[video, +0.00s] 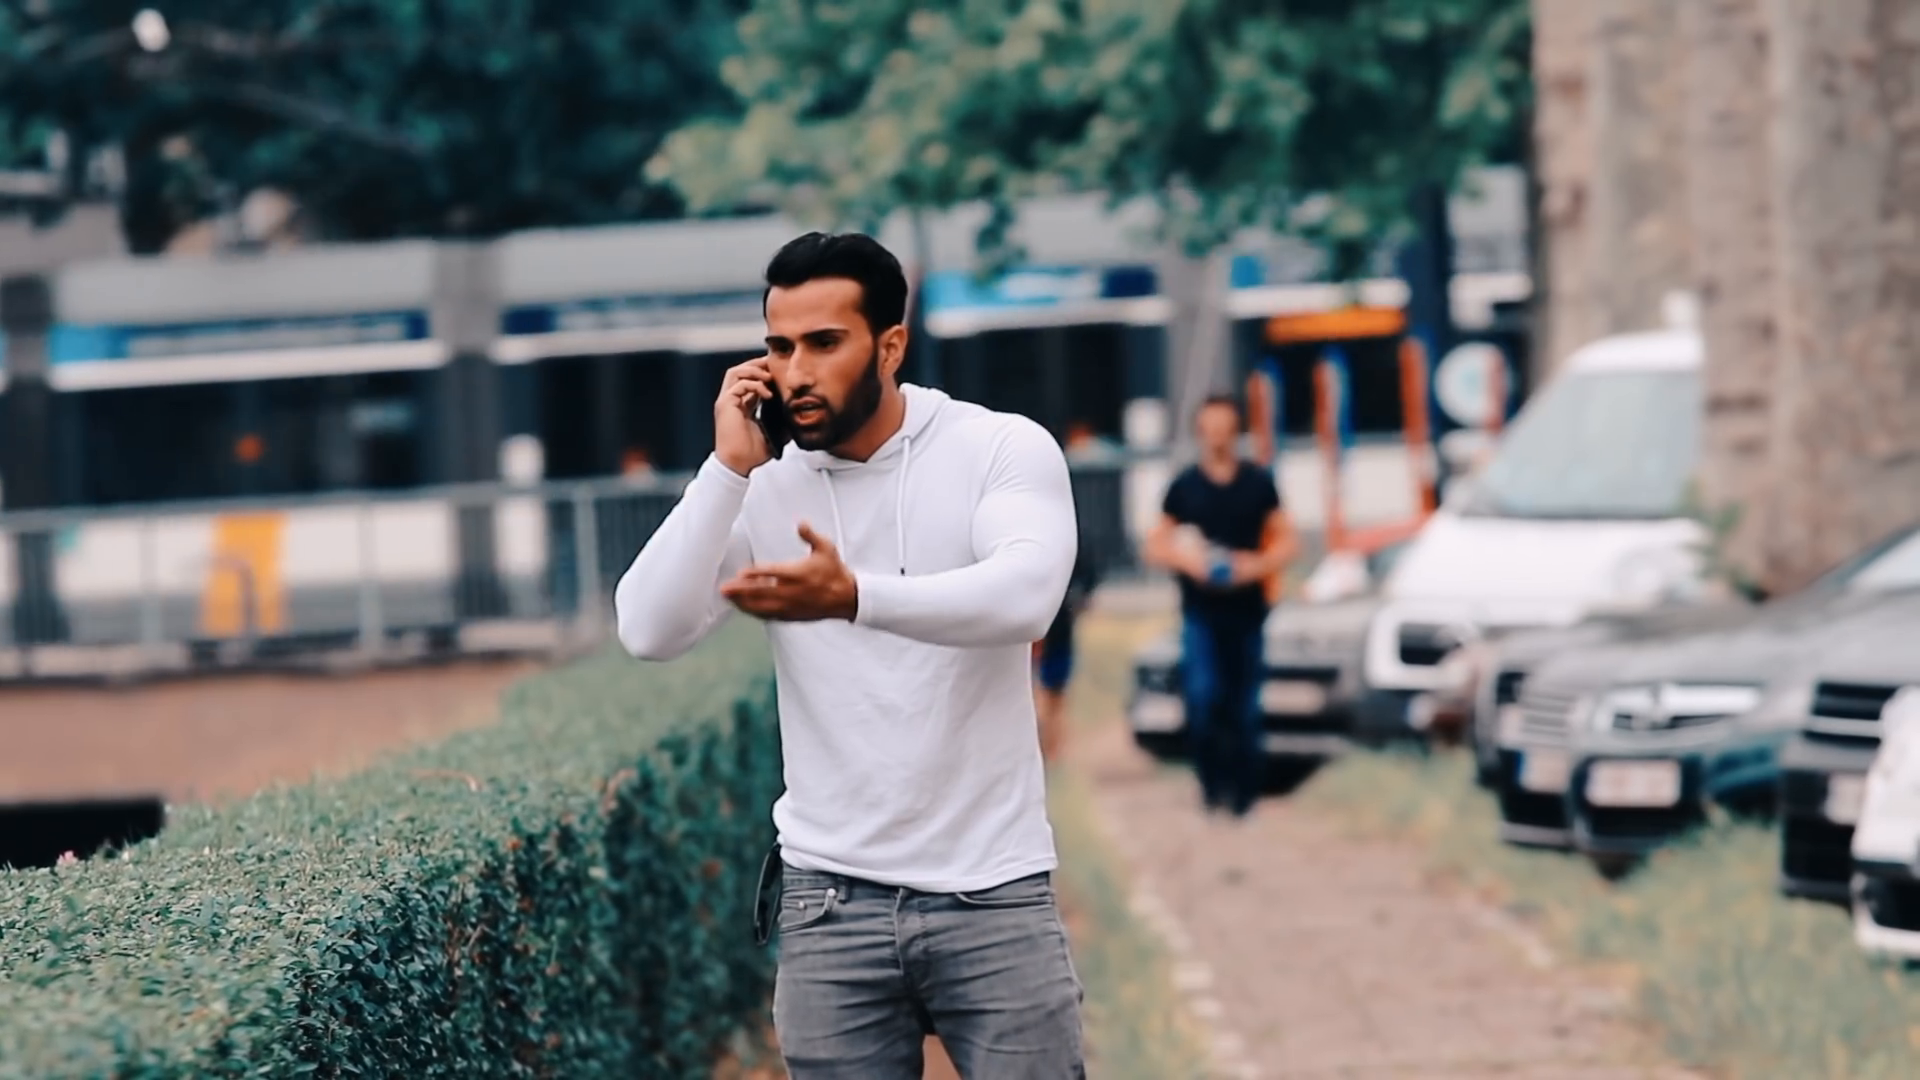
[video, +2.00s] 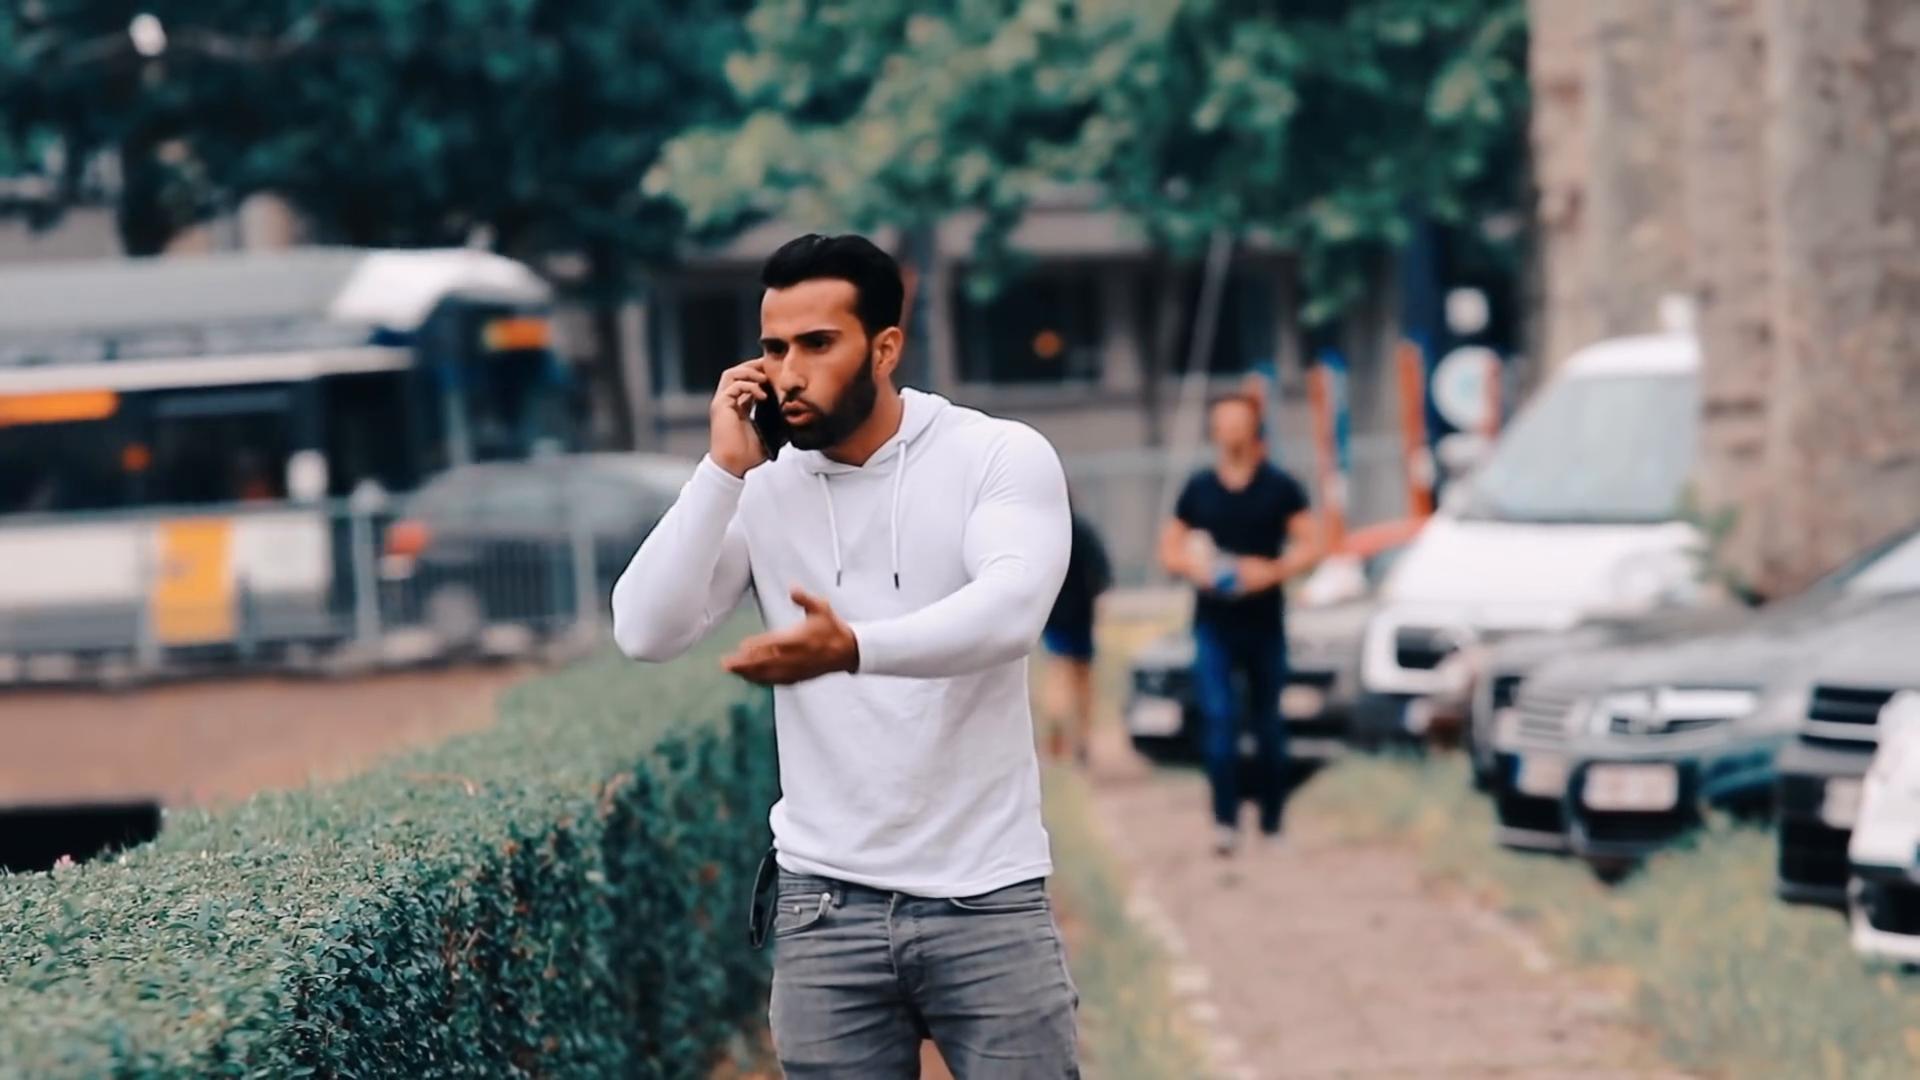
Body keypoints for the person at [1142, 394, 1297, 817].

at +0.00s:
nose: (1217, 438)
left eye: (1224, 429)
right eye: (1210, 429)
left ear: (1236, 431)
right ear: (1199, 431)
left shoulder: (1258, 483)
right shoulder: (1186, 485)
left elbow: (1285, 541)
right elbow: (1158, 544)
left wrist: (1253, 565)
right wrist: (1191, 562)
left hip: (1247, 605)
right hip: (1202, 605)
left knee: (1244, 699)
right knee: (1203, 694)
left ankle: (1245, 787)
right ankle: (1213, 785)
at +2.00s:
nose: (1229, 433)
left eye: (1238, 425)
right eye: (1222, 425)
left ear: (1255, 429)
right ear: (1212, 429)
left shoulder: (1279, 487)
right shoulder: (1201, 487)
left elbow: (1311, 544)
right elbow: (1170, 550)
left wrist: (1270, 570)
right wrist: (1200, 567)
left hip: (1263, 617)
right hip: (1214, 617)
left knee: (1266, 719)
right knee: (1220, 716)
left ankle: (1271, 819)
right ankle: (1225, 821)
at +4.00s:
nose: (1257, 425)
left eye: (1265, 415)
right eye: (1248, 416)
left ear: (1279, 421)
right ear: (1234, 423)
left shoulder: (1305, 484)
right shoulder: (1218, 488)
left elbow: (1341, 546)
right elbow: (1186, 557)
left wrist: (1302, 570)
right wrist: (1231, 569)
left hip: (1291, 618)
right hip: (1241, 620)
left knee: (1289, 724)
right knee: (1256, 718)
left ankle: (1285, 826)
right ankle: (1257, 816)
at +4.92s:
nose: (1259, 409)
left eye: (1267, 399)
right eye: (1250, 400)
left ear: (1282, 408)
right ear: (1236, 408)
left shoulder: (1309, 477)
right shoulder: (1219, 481)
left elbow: (1345, 538)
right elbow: (1188, 550)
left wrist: (1305, 563)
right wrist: (1228, 560)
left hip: (1293, 613)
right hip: (1242, 614)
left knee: (1287, 725)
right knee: (1254, 721)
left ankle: (1283, 833)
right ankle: (1255, 831)